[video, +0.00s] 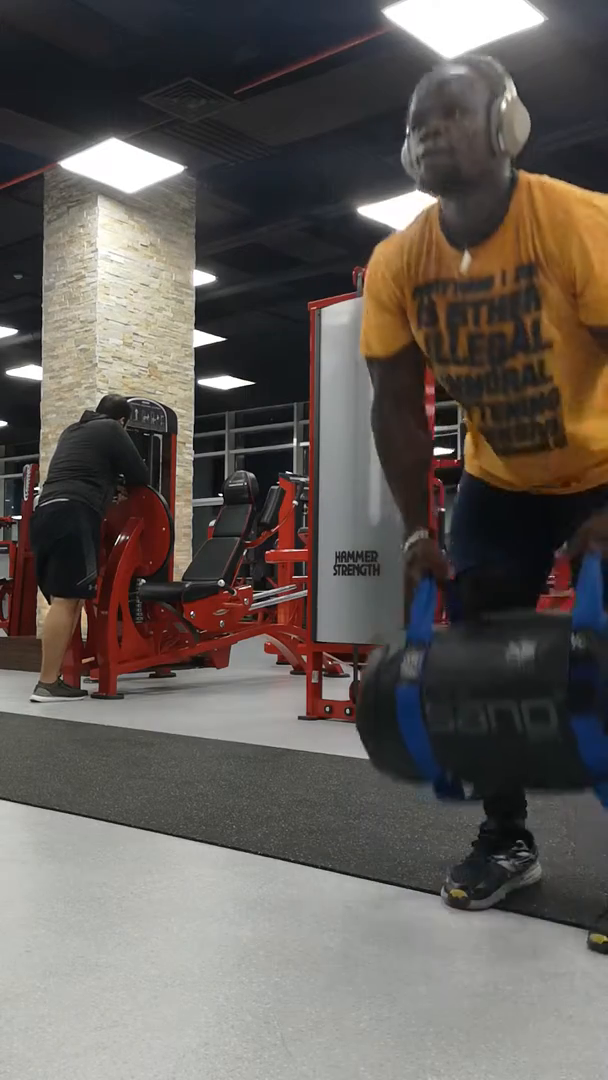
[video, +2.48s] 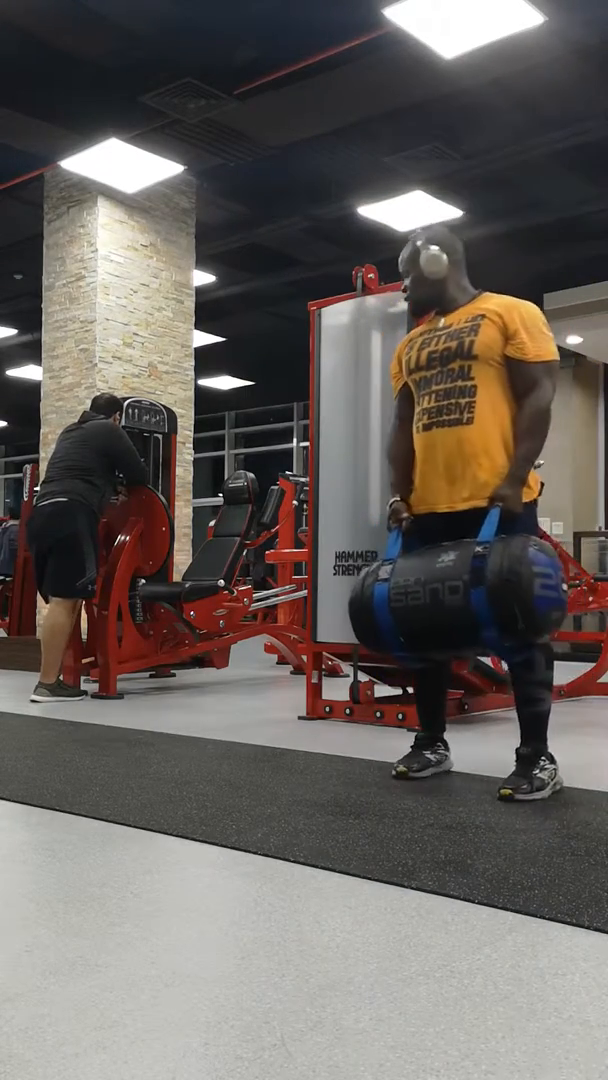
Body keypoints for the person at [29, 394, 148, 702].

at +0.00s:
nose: (125, 428)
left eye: (125, 424)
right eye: (126, 424)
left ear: (98, 414)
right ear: (121, 420)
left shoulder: (71, 430)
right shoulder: (112, 430)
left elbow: (75, 471)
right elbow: (141, 478)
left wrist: (111, 487)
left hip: (44, 511)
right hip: (70, 510)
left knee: (66, 601)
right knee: (65, 601)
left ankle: (52, 678)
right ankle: (48, 682)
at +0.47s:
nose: (125, 427)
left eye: (125, 424)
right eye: (126, 424)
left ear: (98, 413)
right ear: (121, 420)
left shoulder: (71, 430)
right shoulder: (112, 430)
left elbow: (75, 471)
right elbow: (141, 478)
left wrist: (111, 486)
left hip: (44, 512)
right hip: (72, 511)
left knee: (67, 601)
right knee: (65, 601)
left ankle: (53, 678)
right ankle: (48, 682)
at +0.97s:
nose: (125, 427)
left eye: (124, 424)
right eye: (126, 423)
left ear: (98, 414)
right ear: (121, 420)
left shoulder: (71, 431)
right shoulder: (112, 430)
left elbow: (77, 471)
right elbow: (141, 478)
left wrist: (111, 485)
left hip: (45, 512)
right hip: (70, 511)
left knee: (74, 602)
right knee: (59, 600)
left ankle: (54, 677)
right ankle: (47, 682)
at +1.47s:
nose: (123, 424)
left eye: (122, 420)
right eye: (123, 419)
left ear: (93, 413)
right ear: (118, 417)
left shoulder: (70, 431)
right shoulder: (111, 430)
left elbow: (75, 472)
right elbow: (141, 478)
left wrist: (110, 487)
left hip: (42, 511)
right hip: (68, 511)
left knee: (68, 601)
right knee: (59, 601)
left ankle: (54, 679)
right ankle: (47, 682)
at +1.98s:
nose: (122, 423)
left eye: (121, 419)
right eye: (122, 419)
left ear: (91, 413)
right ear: (116, 416)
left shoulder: (70, 431)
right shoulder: (110, 430)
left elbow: (75, 472)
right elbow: (141, 478)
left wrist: (109, 487)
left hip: (42, 511)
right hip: (68, 511)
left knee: (68, 601)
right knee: (59, 601)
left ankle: (54, 678)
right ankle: (47, 682)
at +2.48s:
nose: (121, 424)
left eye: (120, 420)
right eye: (121, 419)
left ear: (91, 413)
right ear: (115, 417)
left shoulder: (69, 431)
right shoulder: (110, 430)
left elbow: (76, 470)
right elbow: (140, 477)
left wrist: (110, 483)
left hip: (41, 512)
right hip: (69, 511)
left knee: (63, 601)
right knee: (63, 601)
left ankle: (52, 679)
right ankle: (48, 682)